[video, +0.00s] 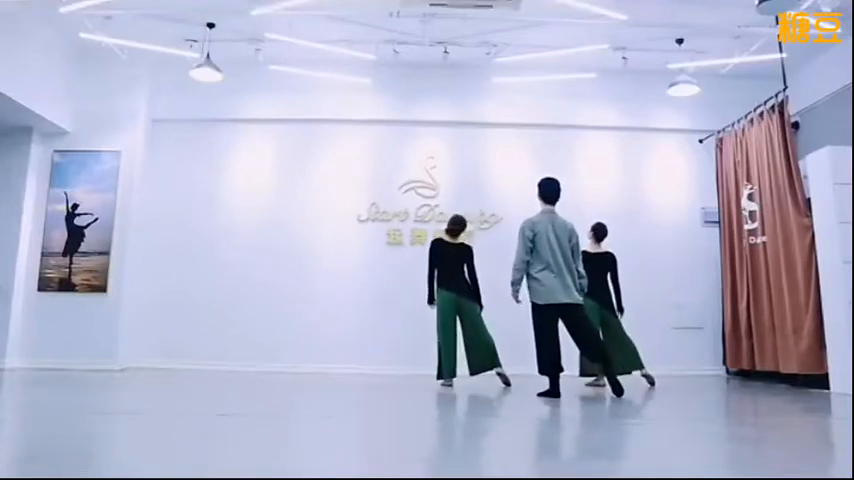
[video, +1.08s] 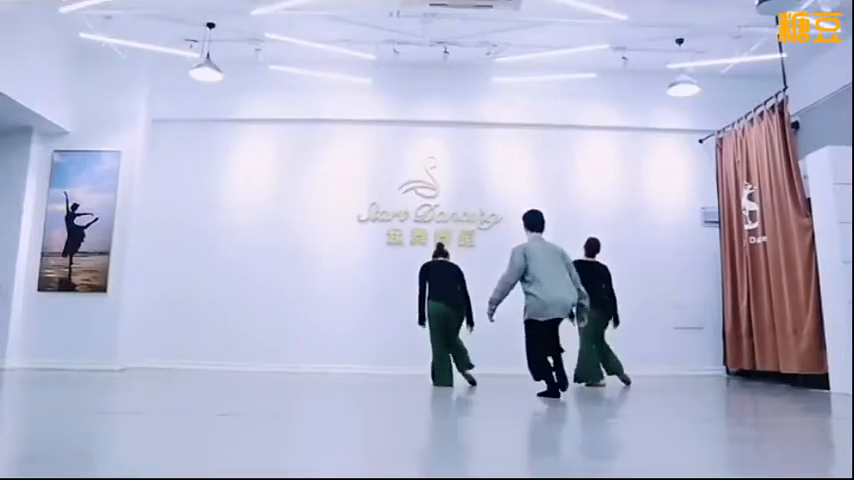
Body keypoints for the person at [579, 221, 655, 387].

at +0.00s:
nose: (588, 233)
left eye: (589, 231)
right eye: (590, 231)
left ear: (591, 235)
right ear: (604, 237)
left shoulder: (582, 256)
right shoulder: (609, 257)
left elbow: (577, 278)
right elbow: (615, 283)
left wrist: (576, 297)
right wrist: (619, 305)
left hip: (589, 301)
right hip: (606, 302)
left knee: (593, 337)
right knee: (620, 336)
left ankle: (600, 376)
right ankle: (641, 369)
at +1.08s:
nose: (587, 251)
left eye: (586, 248)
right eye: (591, 248)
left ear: (584, 249)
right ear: (598, 251)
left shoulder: (576, 266)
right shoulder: (603, 269)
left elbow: (570, 288)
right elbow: (610, 293)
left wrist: (569, 309)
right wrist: (615, 314)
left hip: (585, 311)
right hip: (604, 312)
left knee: (588, 342)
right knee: (599, 341)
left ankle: (595, 377)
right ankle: (618, 370)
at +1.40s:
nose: (578, 266)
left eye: (577, 264)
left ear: (575, 263)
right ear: (588, 263)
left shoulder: (571, 274)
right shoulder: (597, 274)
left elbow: (569, 300)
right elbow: (605, 296)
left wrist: (567, 323)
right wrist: (611, 316)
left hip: (588, 310)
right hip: (605, 312)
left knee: (585, 343)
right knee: (594, 343)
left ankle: (595, 379)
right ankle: (580, 370)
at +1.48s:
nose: (575, 267)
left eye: (575, 265)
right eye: (579, 265)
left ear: (573, 263)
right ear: (585, 263)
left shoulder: (571, 274)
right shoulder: (596, 274)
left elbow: (568, 299)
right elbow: (604, 295)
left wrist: (566, 320)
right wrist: (610, 315)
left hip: (588, 309)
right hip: (604, 311)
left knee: (585, 343)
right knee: (593, 343)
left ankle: (595, 379)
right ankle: (578, 372)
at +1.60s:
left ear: (569, 261)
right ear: (580, 259)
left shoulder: (568, 270)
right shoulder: (593, 268)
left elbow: (569, 296)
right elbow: (601, 291)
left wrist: (568, 319)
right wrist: (607, 311)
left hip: (585, 307)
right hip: (602, 308)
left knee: (583, 341)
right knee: (590, 341)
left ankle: (595, 378)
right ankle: (576, 366)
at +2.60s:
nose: (553, 230)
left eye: (553, 227)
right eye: (558, 227)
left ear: (552, 228)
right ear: (566, 229)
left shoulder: (546, 248)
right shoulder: (571, 250)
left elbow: (542, 273)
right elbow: (575, 276)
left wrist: (541, 294)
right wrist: (578, 297)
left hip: (552, 294)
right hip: (568, 294)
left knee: (557, 331)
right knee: (566, 331)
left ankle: (565, 367)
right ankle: (562, 369)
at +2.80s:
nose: (551, 230)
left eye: (550, 227)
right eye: (555, 227)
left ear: (548, 227)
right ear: (562, 228)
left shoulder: (541, 247)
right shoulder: (567, 249)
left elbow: (537, 272)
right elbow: (571, 276)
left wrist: (536, 293)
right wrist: (573, 297)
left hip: (547, 292)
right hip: (564, 293)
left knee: (551, 330)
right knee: (563, 330)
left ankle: (560, 367)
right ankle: (557, 369)